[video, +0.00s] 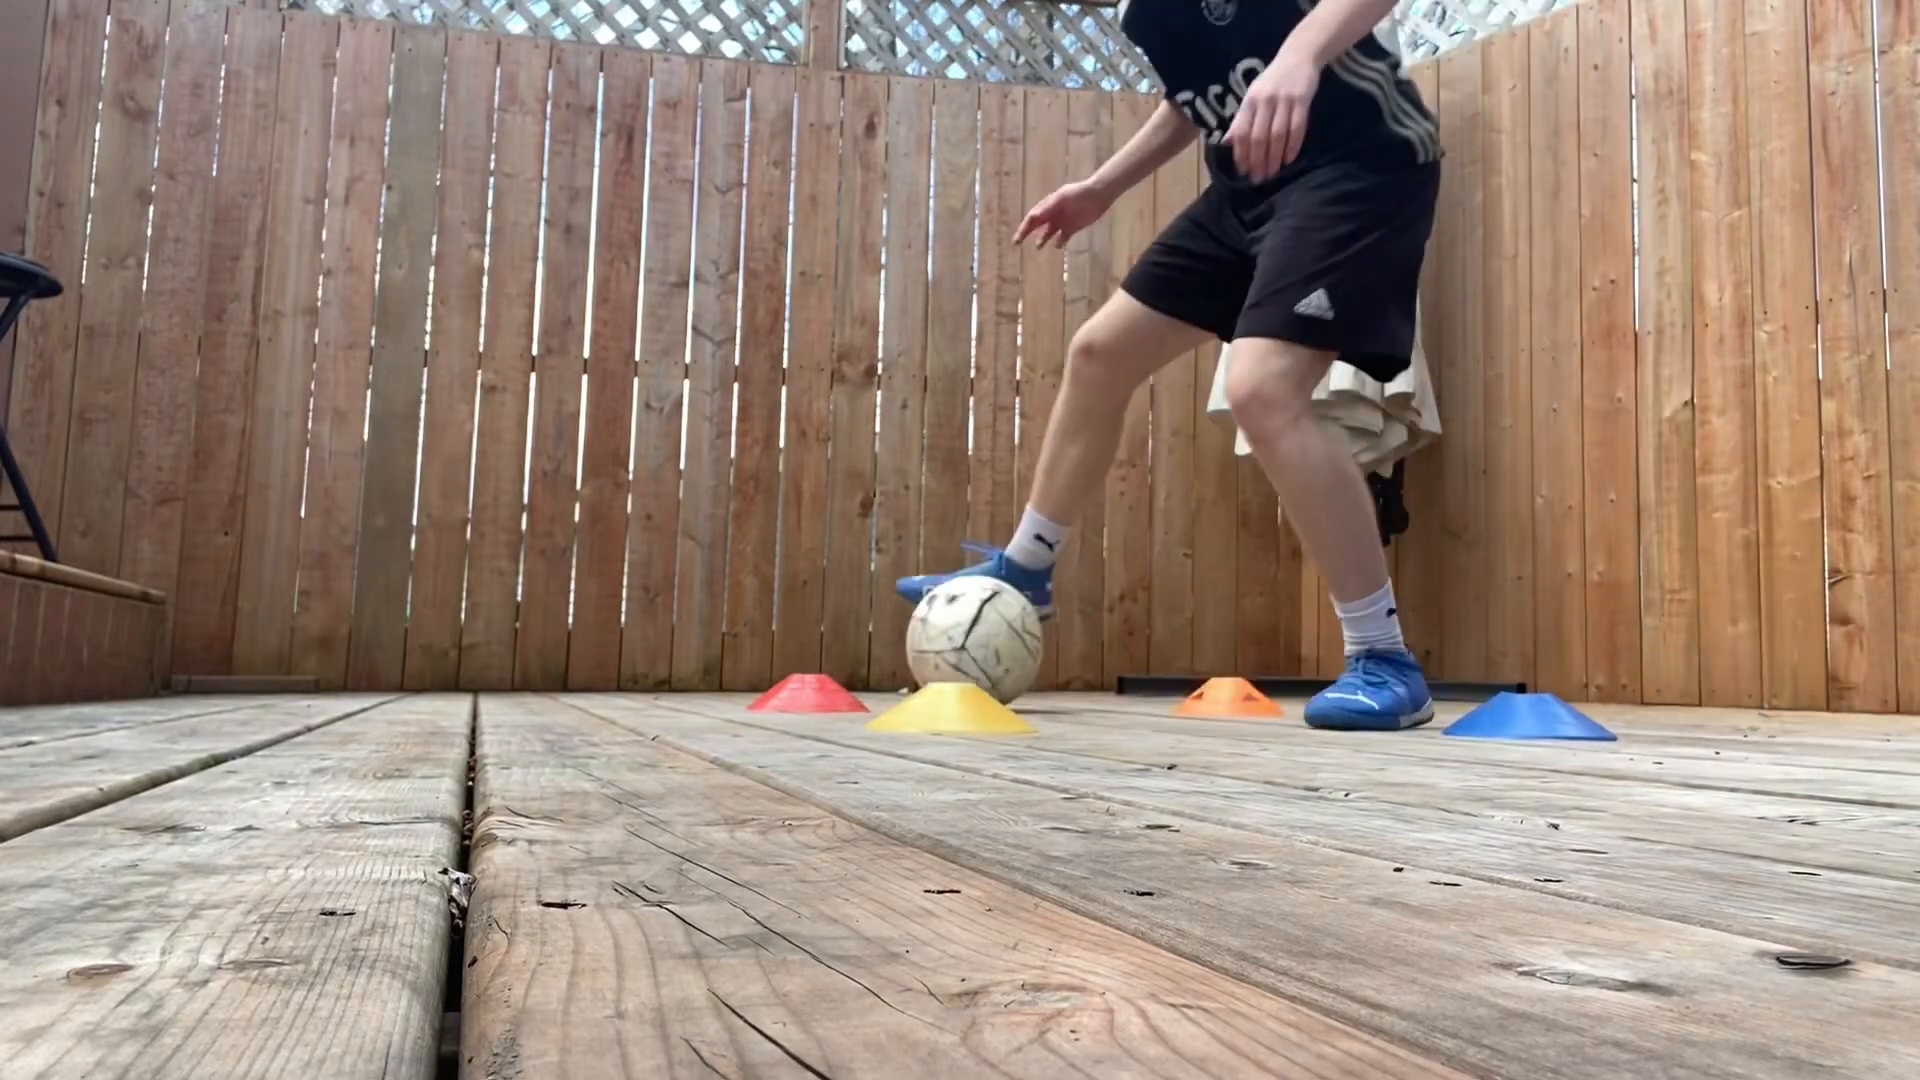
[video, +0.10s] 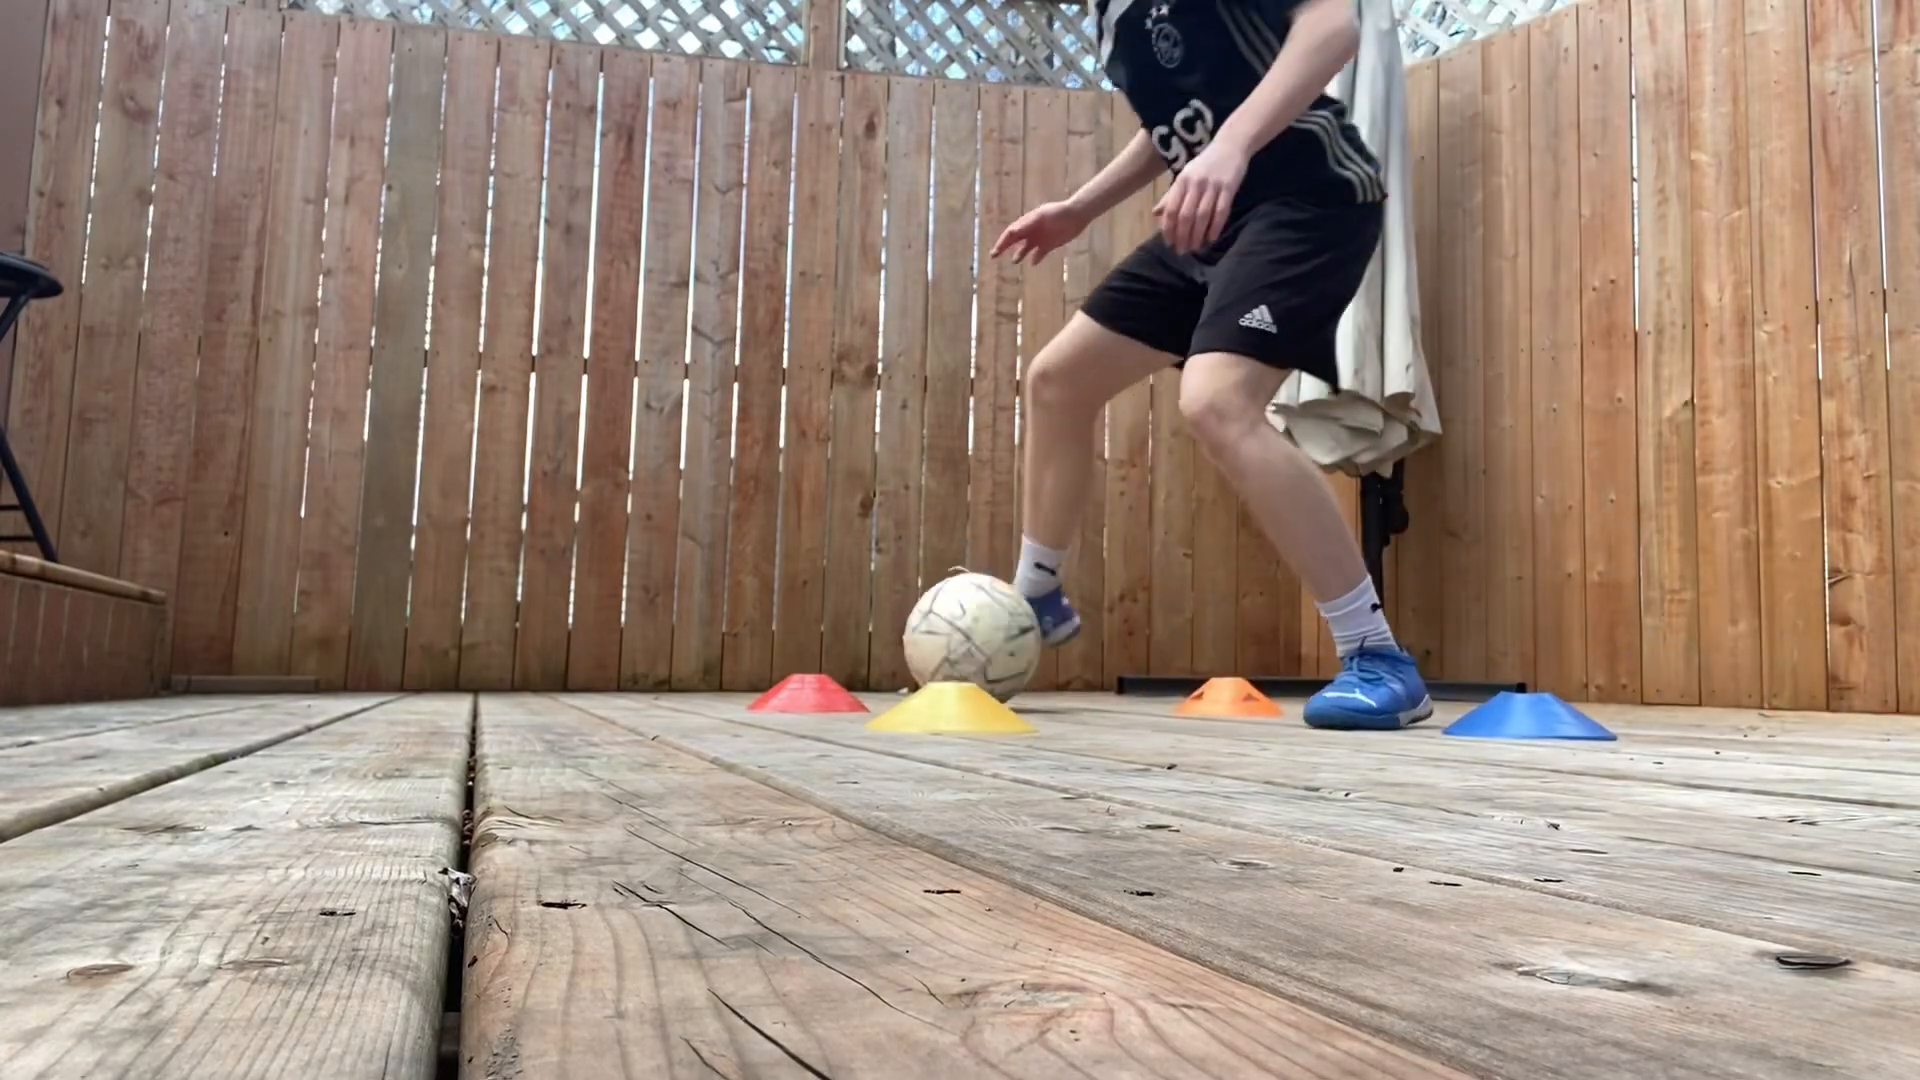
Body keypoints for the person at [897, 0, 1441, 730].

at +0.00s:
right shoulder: (1146, 11)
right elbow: (1199, 96)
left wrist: (1299, 55)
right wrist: (1101, 187)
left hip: (1356, 155)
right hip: (1248, 178)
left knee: (1264, 389)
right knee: (1100, 355)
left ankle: (1384, 664)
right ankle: (1022, 574)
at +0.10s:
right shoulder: (1124, 28)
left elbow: (1333, 26)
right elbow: (1174, 129)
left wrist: (1231, 143)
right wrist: (1079, 208)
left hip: (1308, 184)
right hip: (1210, 204)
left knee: (1219, 403)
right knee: (1058, 380)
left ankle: (1377, 659)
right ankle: (1037, 599)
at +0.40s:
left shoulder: (1115, 1)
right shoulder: (992, 40)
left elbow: (1223, 65)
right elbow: (1036, 162)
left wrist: (1206, 190)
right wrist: (963, 239)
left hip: (1161, 217)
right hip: (1079, 244)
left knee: (1158, 374)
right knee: (986, 423)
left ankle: (1305, 627)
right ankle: (994, 637)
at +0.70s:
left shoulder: (1122, 7)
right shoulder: (979, 74)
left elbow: (1236, 78)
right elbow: (1002, 198)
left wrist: (1208, 190)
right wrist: (951, 298)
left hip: (1162, 235)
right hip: (1066, 273)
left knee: (1138, 379)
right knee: (991, 441)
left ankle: (1234, 645)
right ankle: (957, 664)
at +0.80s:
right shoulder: (1001, 31)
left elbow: (1263, 1)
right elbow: (1034, 164)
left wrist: (1265, 94)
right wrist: (980, 280)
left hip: (1212, 175)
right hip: (1117, 220)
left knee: (1149, 341)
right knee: (1010, 400)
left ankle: (1237, 624)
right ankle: (965, 628)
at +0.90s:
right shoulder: (1023, 40)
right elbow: (1054, 166)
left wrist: (1303, 68)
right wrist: (988, 279)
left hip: (1241, 122)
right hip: (1147, 192)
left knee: (1152, 261)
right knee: (1031, 390)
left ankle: (1285, 553)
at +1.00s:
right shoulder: (1029, 65)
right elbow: (1067, 206)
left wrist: (1309, 62)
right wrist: (996, 317)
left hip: (1268, 131)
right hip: (1168, 215)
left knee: (1170, 245)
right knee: (1062, 426)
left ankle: (1312, 488)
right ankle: (1166, 660)